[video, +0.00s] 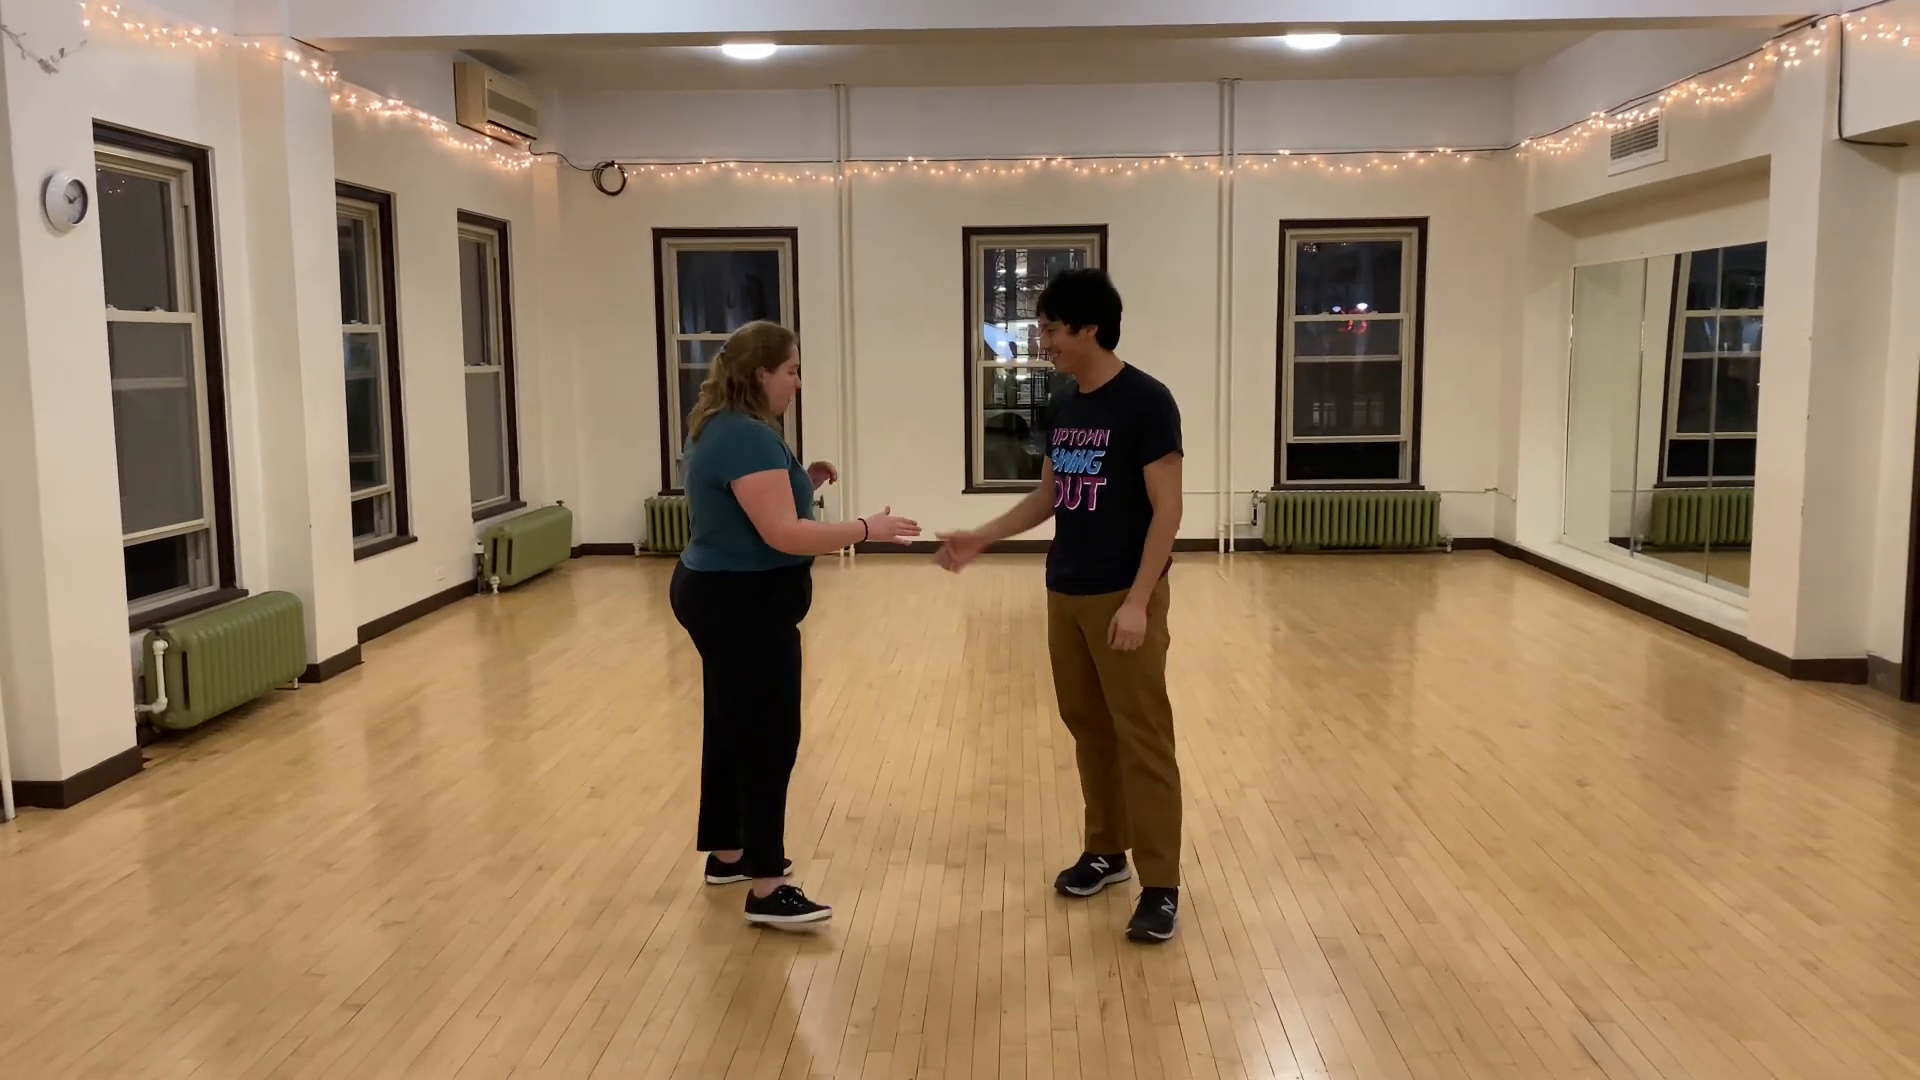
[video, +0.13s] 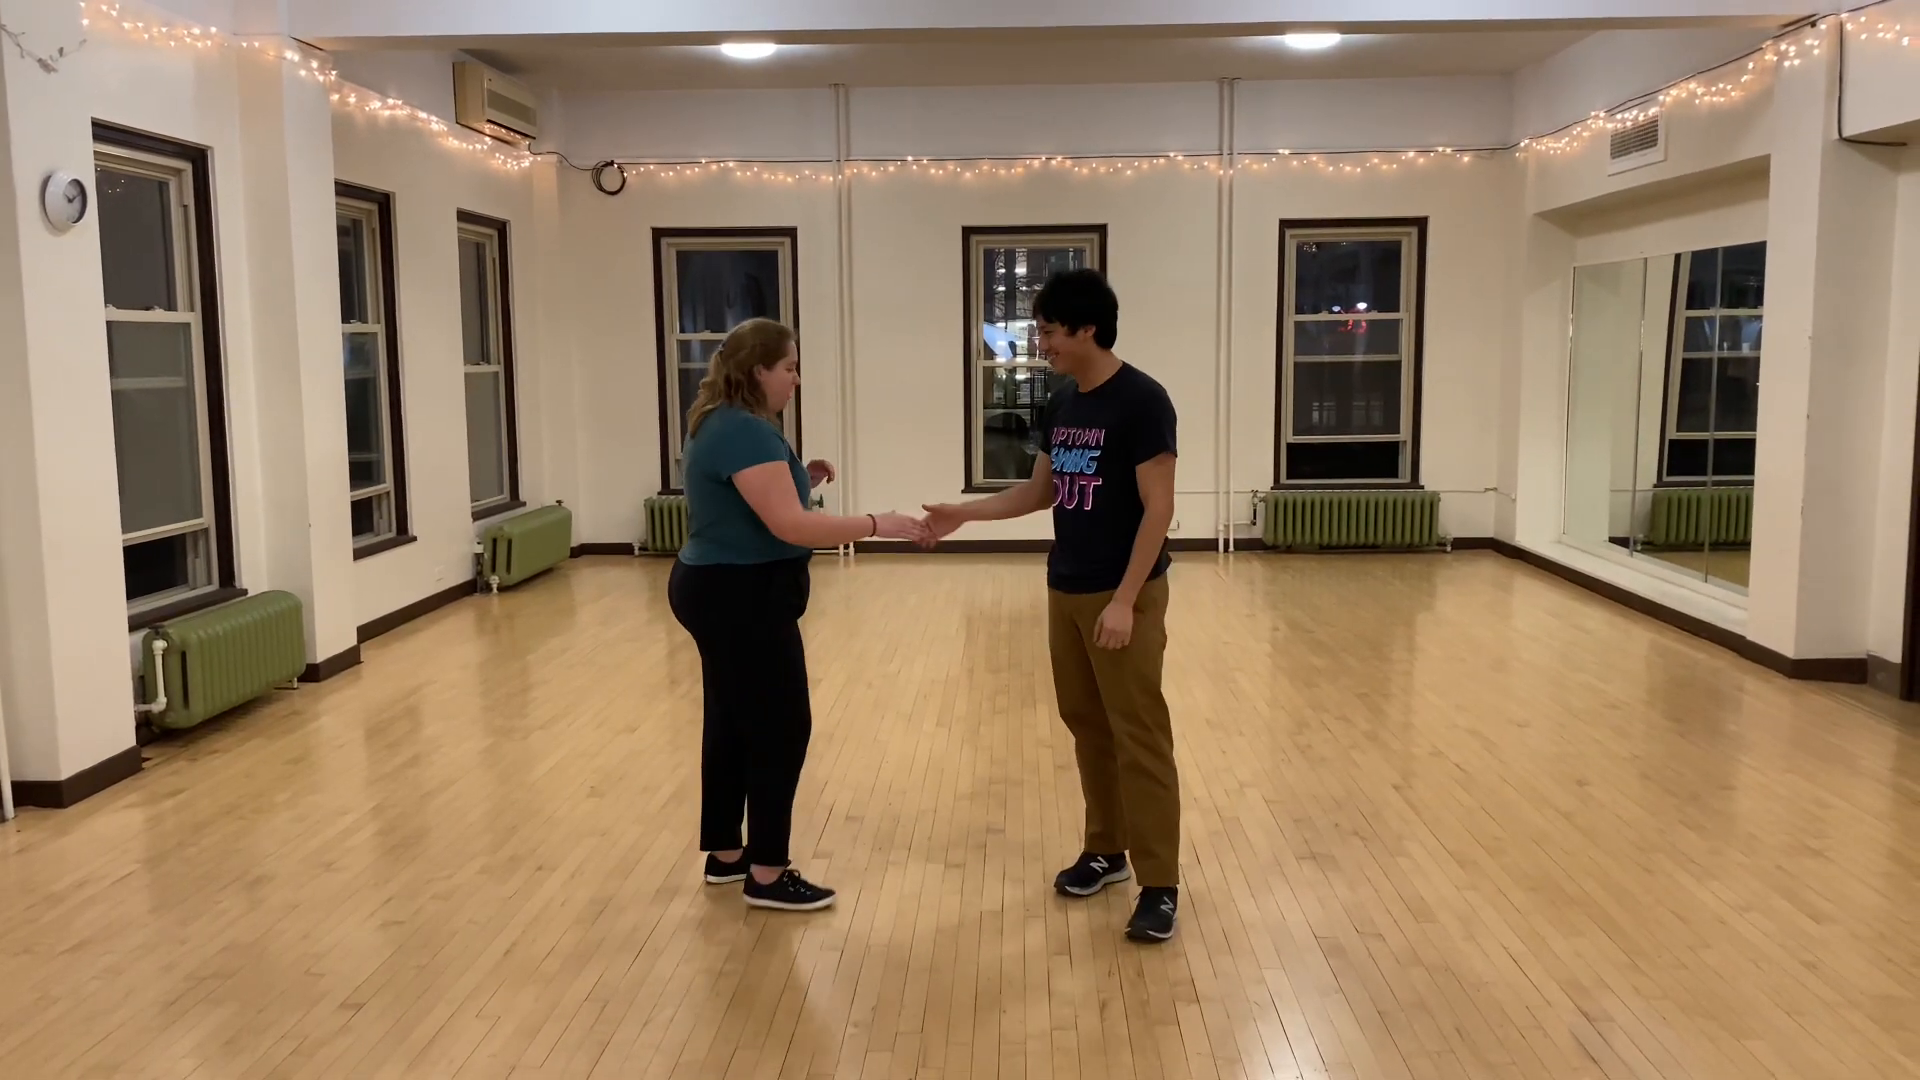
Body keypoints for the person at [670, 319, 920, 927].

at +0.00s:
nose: (797, 383)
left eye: (797, 372)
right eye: (792, 371)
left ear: (752, 374)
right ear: (759, 373)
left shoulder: (723, 429)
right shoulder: (746, 439)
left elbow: (746, 509)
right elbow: (786, 534)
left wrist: (802, 483)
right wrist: (865, 530)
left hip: (719, 592)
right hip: (747, 602)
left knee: (730, 723)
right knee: (771, 735)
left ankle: (725, 851)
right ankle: (768, 885)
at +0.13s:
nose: (796, 380)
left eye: (796, 368)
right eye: (790, 368)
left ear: (749, 372)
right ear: (757, 371)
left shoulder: (723, 424)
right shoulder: (742, 433)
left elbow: (750, 500)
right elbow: (793, 525)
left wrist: (803, 479)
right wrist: (874, 524)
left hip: (716, 588)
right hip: (746, 595)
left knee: (729, 717)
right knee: (783, 725)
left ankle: (724, 851)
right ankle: (769, 871)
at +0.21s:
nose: (795, 379)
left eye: (795, 368)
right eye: (789, 368)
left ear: (748, 371)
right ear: (757, 370)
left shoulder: (721, 423)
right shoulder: (743, 432)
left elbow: (748, 499)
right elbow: (797, 522)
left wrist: (803, 478)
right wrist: (881, 521)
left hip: (714, 589)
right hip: (747, 595)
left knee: (728, 717)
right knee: (785, 723)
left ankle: (724, 852)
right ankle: (771, 867)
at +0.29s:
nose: (796, 377)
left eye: (796, 366)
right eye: (789, 366)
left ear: (746, 370)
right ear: (757, 369)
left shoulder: (717, 422)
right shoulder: (750, 429)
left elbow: (741, 501)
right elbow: (807, 516)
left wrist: (800, 480)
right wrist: (890, 520)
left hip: (708, 586)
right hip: (749, 591)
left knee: (723, 718)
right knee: (781, 721)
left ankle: (724, 851)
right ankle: (777, 861)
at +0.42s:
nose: (797, 377)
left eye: (796, 365)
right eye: (790, 365)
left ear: (741, 369)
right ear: (759, 369)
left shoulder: (711, 421)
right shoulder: (762, 427)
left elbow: (732, 491)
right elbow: (824, 515)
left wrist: (798, 473)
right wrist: (902, 538)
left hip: (704, 587)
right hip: (756, 591)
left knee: (720, 720)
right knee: (774, 723)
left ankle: (722, 851)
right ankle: (777, 859)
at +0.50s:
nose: (799, 374)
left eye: (797, 363)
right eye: (792, 364)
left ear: (739, 368)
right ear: (763, 368)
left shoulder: (704, 423)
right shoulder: (771, 427)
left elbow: (732, 494)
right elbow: (825, 516)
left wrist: (802, 475)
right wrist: (903, 549)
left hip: (701, 586)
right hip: (762, 590)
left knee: (718, 719)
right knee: (771, 725)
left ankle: (722, 852)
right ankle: (775, 859)